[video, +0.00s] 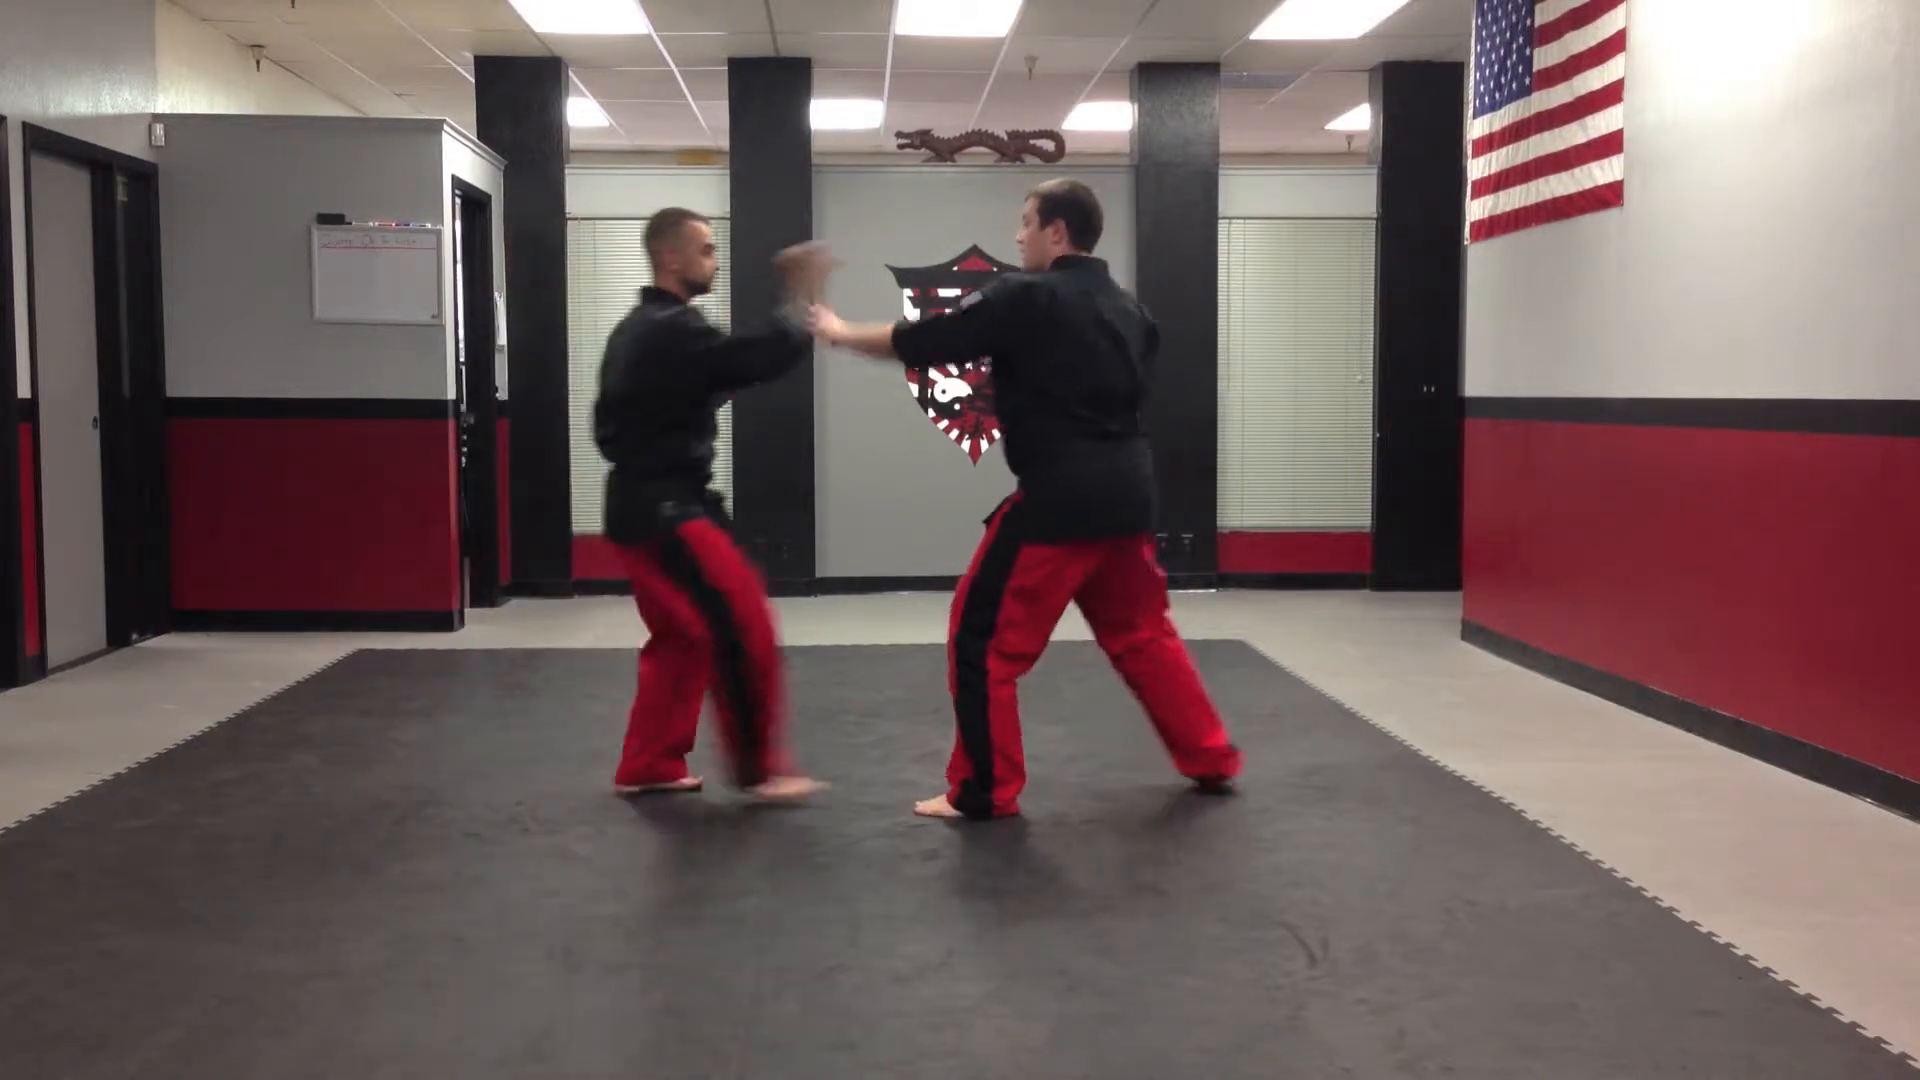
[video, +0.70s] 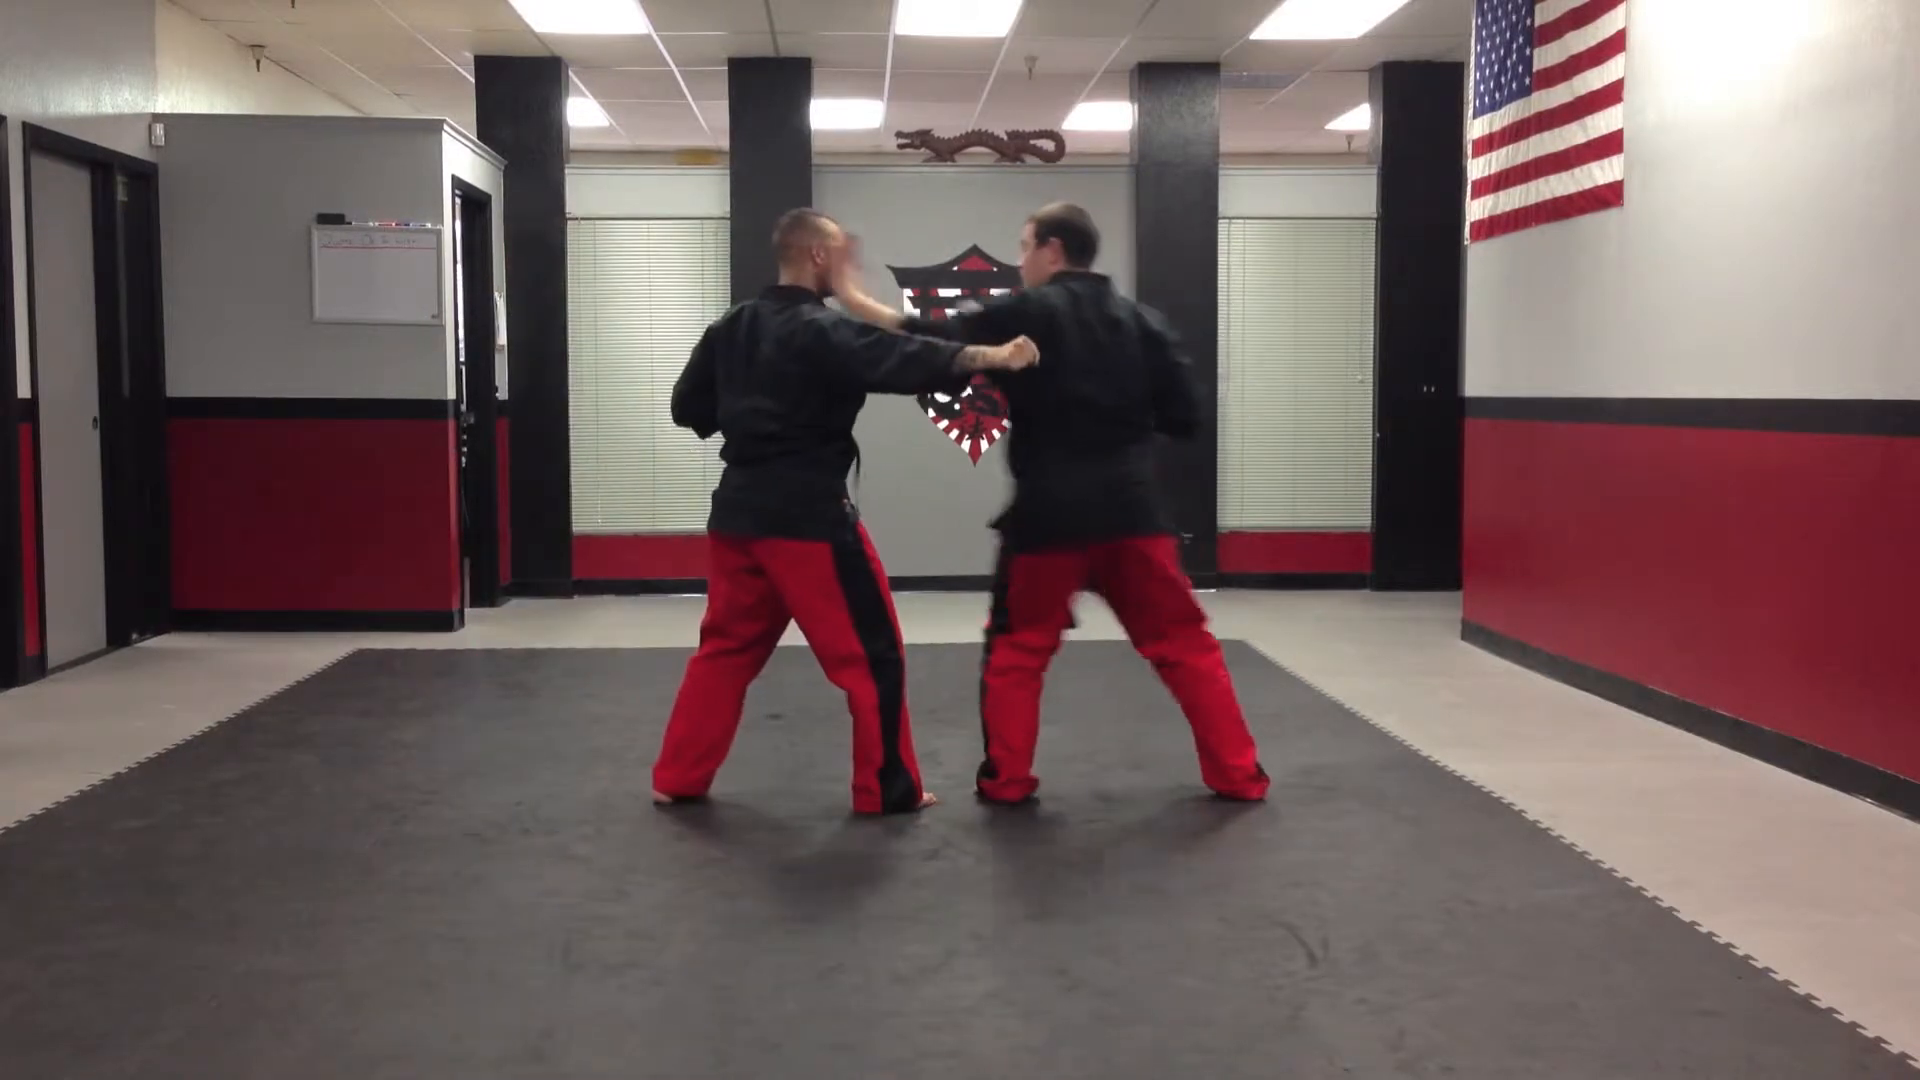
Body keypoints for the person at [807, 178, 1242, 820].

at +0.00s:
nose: (1019, 239)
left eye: (1025, 227)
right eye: (1021, 226)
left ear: (1057, 233)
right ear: (1083, 237)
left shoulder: (1027, 300)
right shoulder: (1127, 309)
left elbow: (928, 341)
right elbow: (1106, 393)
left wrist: (842, 333)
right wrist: (1011, 397)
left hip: (1051, 503)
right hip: (1126, 500)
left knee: (982, 638)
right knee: (1141, 632)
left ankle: (983, 793)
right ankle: (1213, 761)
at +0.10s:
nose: (1039, 239)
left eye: (1045, 226)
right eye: (1041, 226)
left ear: (1075, 231)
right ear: (1103, 234)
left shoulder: (1048, 291)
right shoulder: (1153, 307)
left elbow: (951, 313)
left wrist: (915, 287)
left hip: (1074, 504)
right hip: (1151, 503)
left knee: (1003, 644)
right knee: (1169, 637)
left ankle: (987, 794)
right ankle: (1233, 772)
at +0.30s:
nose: (1066, 252)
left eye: (1072, 239)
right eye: (1067, 240)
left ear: (1103, 240)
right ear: (1131, 242)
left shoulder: (1086, 307)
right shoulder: (1195, 309)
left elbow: (1022, 376)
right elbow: (1229, 403)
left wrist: (986, 315)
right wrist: (1162, 410)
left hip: (1103, 509)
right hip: (1187, 508)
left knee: (1037, 638)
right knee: (1195, 642)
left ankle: (1038, 779)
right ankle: (1232, 775)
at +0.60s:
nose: (1044, 263)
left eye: (1049, 251)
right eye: (1045, 251)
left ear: (1078, 254)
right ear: (1106, 256)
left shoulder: (1060, 316)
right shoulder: (1169, 317)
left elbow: (985, 372)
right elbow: (1214, 407)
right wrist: (1148, 415)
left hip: (1089, 516)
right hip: (1170, 511)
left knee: (1034, 644)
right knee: (1197, 643)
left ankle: (1008, 777)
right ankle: (1237, 776)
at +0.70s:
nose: (1020, 260)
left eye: (1026, 249)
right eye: (1023, 248)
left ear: (1053, 251)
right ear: (1083, 255)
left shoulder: (1025, 312)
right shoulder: (1139, 318)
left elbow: (929, 337)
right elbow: (1185, 416)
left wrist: (850, 293)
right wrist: (1118, 403)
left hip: (1048, 515)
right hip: (1132, 512)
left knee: (1018, 645)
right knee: (1183, 639)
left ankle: (1007, 780)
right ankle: (1239, 775)